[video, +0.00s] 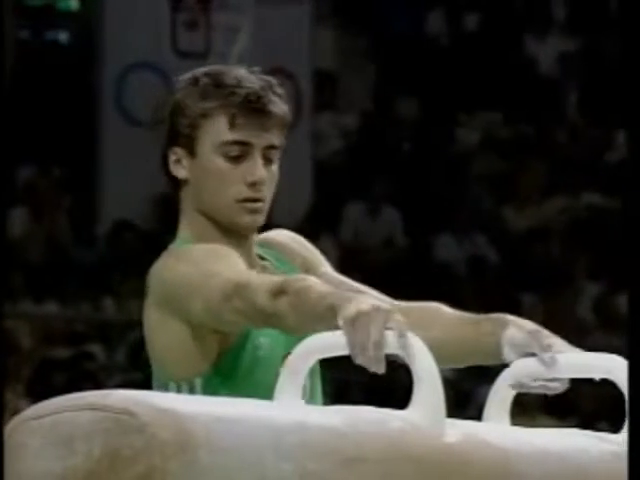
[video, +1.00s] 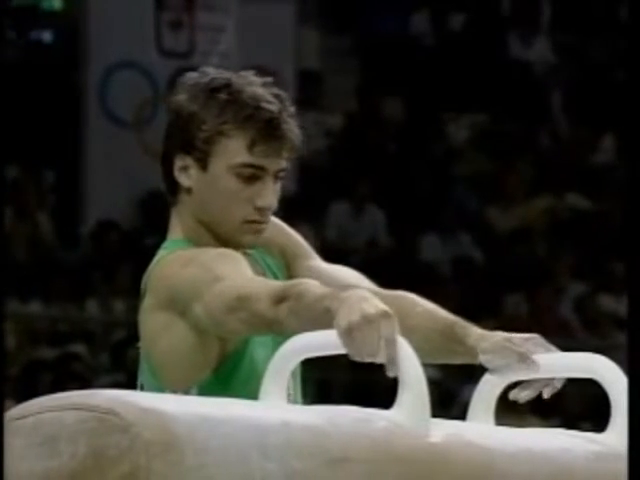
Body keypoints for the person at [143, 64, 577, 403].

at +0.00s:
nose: (259, 177)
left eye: (269, 158)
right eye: (235, 155)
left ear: (280, 163)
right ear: (180, 164)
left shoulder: (287, 250)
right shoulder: (184, 270)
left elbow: (388, 316)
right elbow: (271, 298)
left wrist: (500, 334)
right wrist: (347, 305)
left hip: (307, 473)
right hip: (221, 476)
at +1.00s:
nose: (268, 197)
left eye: (277, 178)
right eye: (248, 176)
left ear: (286, 172)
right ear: (186, 172)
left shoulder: (272, 241)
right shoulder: (188, 270)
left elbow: (371, 298)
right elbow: (271, 305)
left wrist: (477, 342)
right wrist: (339, 306)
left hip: (267, 466)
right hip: (199, 470)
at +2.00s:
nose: (254, 168)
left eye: (258, 149)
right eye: (227, 150)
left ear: (266, 154)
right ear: (169, 166)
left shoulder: (257, 241)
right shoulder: (183, 271)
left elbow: (359, 296)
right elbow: (271, 306)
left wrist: (479, 339)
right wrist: (343, 303)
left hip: (246, 467)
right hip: (186, 471)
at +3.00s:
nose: (251, 185)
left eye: (259, 165)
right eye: (228, 164)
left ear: (267, 164)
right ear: (168, 167)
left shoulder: (255, 237)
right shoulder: (182, 269)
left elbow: (356, 293)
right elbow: (270, 306)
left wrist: (480, 338)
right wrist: (342, 303)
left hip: (247, 465)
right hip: (186, 469)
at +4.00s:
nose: (250, 187)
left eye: (258, 166)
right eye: (227, 166)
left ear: (267, 164)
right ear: (167, 170)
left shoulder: (251, 238)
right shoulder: (177, 271)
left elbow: (355, 294)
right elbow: (270, 307)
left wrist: (480, 338)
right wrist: (341, 304)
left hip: (240, 466)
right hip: (181, 470)